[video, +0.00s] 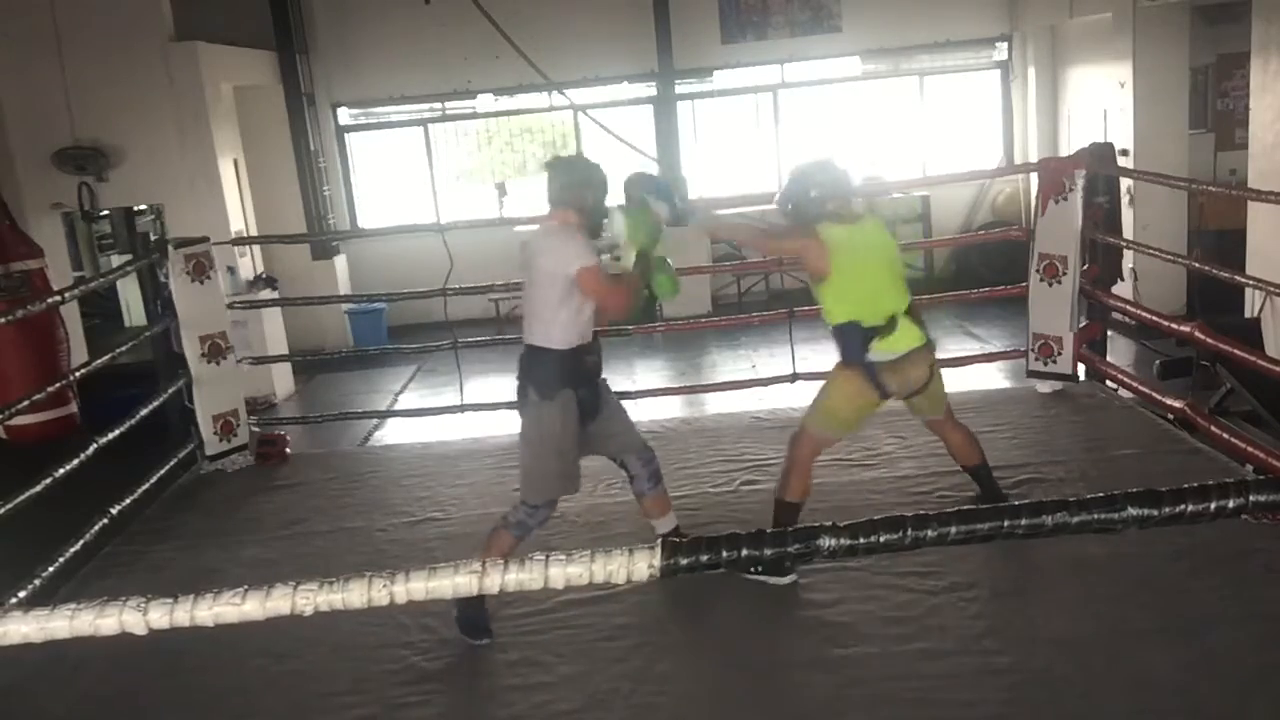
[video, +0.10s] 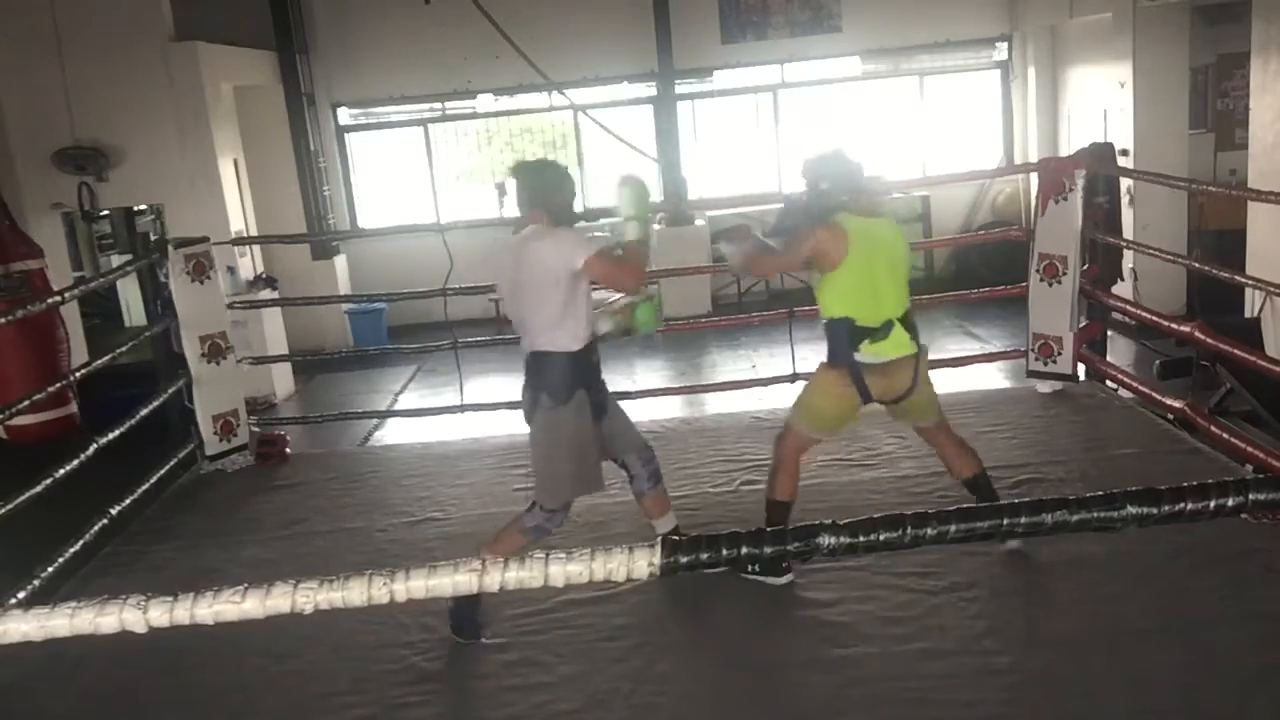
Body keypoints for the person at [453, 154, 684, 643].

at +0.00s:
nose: (601, 206)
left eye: (599, 196)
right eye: (598, 197)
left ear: (558, 195)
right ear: (583, 196)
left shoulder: (548, 239)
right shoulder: (566, 241)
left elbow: (587, 296)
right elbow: (615, 301)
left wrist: (630, 276)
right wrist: (640, 272)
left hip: (581, 379)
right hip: (550, 384)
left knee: (639, 458)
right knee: (539, 500)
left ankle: (675, 549)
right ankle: (476, 592)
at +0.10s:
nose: (573, 202)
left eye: (571, 194)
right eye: (569, 194)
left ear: (528, 200)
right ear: (558, 197)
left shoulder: (516, 249)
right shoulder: (561, 241)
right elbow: (633, 277)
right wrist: (637, 225)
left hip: (569, 383)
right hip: (561, 389)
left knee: (639, 458)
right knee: (551, 509)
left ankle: (675, 547)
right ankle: (471, 582)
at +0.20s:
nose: (559, 210)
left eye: (557, 201)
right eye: (555, 202)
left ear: (508, 206)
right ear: (541, 205)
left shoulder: (497, 258)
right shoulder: (535, 254)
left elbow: (525, 327)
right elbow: (605, 287)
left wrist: (585, 335)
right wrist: (592, 229)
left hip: (562, 386)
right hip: (550, 394)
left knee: (633, 462)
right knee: (541, 512)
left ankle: (675, 548)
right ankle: (464, 587)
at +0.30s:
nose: (544, 227)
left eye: (543, 219)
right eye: (538, 219)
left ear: (497, 219)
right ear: (517, 220)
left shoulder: (500, 261)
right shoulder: (501, 267)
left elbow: (510, 332)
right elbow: (579, 302)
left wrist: (561, 361)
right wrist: (571, 251)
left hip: (548, 390)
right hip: (520, 399)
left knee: (620, 471)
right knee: (514, 521)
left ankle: (671, 546)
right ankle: (457, 595)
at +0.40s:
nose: (542, 227)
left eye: (541, 218)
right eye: (535, 219)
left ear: (497, 218)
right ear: (512, 219)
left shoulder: (501, 268)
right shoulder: (487, 273)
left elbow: (536, 323)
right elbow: (554, 321)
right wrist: (563, 266)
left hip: (536, 389)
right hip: (507, 398)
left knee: (609, 471)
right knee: (508, 520)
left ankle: (664, 547)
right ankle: (454, 597)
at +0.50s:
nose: (535, 222)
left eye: (535, 212)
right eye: (529, 212)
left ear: (504, 212)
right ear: (502, 211)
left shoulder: (511, 260)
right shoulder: (472, 272)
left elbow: (519, 325)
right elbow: (517, 341)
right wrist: (548, 287)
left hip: (535, 386)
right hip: (499, 398)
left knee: (603, 466)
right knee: (499, 516)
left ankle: (657, 548)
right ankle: (446, 589)